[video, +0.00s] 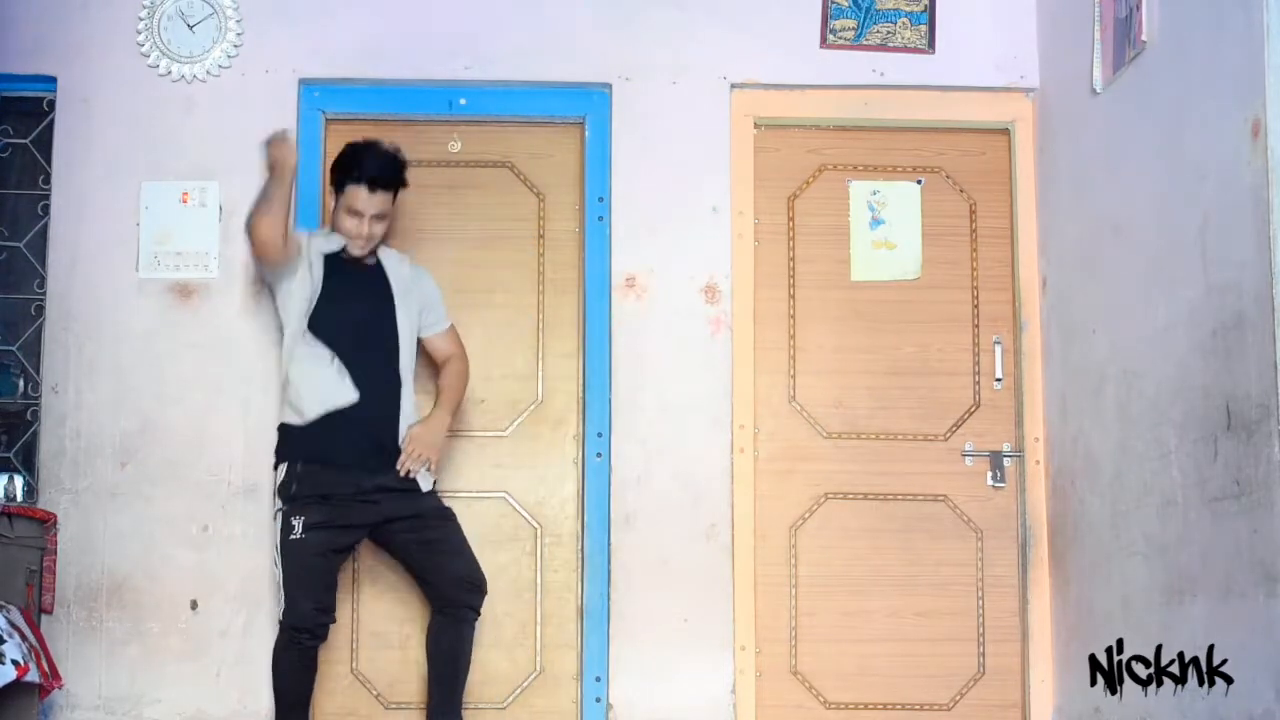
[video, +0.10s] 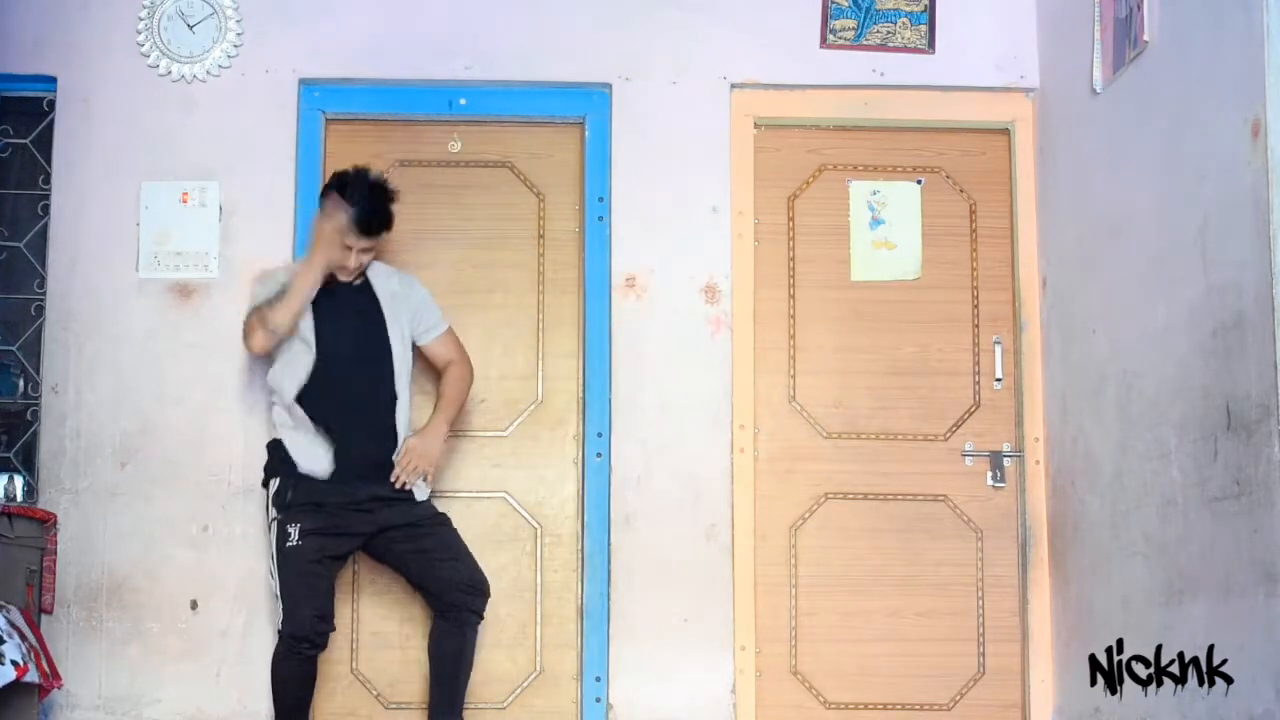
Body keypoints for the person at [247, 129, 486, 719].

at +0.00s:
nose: (363, 228)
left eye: (378, 217)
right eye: (353, 212)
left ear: (394, 212)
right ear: (331, 201)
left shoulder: (409, 279)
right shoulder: (301, 258)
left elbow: (453, 360)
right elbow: (266, 240)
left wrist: (438, 423)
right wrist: (281, 177)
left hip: (395, 480)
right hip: (313, 482)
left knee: (461, 590)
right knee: (303, 623)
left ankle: (445, 715)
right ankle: (290, 718)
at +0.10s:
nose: (355, 262)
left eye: (367, 251)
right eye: (345, 248)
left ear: (381, 239)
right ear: (321, 229)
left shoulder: (401, 291)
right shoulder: (282, 287)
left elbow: (457, 365)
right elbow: (260, 340)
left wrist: (435, 433)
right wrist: (316, 264)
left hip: (390, 491)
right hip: (309, 496)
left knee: (464, 592)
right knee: (305, 628)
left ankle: (446, 716)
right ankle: (289, 718)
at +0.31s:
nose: (348, 224)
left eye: (357, 211)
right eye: (336, 213)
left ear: (375, 211)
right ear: (315, 215)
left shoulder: (400, 279)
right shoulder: (285, 273)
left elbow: (455, 352)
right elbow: (243, 241)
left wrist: (443, 416)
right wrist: (324, 211)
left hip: (400, 479)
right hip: (318, 484)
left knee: (470, 581)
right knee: (308, 623)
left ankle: (455, 713)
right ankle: (290, 717)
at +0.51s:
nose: (354, 172)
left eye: (364, 166)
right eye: (340, 169)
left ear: (379, 188)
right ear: (322, 192)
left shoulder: (411, 265)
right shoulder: (296, 241)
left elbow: (474, 339)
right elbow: (245, 168)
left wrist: (457, 403)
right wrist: (317, 125)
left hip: (412, 467)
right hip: (327, 472)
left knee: (472, 588)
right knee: (311, 618)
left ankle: (469, 715)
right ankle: (292, 718)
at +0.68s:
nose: (367, 188)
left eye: (378, 180)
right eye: (353, 181)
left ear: (395, 196)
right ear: (333, 200)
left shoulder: (429, 266)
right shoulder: (308, 270)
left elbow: (502, 335)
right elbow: (272, 332)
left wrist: (444, 309)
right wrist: (313, 246)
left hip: (405, 483)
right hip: (318, 481)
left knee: (446, 621)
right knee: (299, 626)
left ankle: (478, 715)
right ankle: (289, 719)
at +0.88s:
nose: (352, 201)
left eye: (365, 193)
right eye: (339, 193)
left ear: (384, 210)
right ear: (325, 212)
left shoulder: (413, 263)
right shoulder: (304, 288)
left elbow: (503, 297)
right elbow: (334, 348)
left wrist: (499, 282)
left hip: (424, 486)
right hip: (337, 494)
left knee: (483, 598)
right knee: (315, 630)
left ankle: (494, 711)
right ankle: (294, 719)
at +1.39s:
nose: (441, 196)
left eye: (451, 185)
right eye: (427, 186)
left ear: (468, 197)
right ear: (405, 199)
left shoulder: (492, 269)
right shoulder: (384, 271)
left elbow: (551, 301)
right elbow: (405, 325)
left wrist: (481, 248)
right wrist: (446, 242)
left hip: (513, 482)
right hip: (424, 484)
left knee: (533, 628)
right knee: (360, 608)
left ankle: (525, 719)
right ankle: (297, 708)